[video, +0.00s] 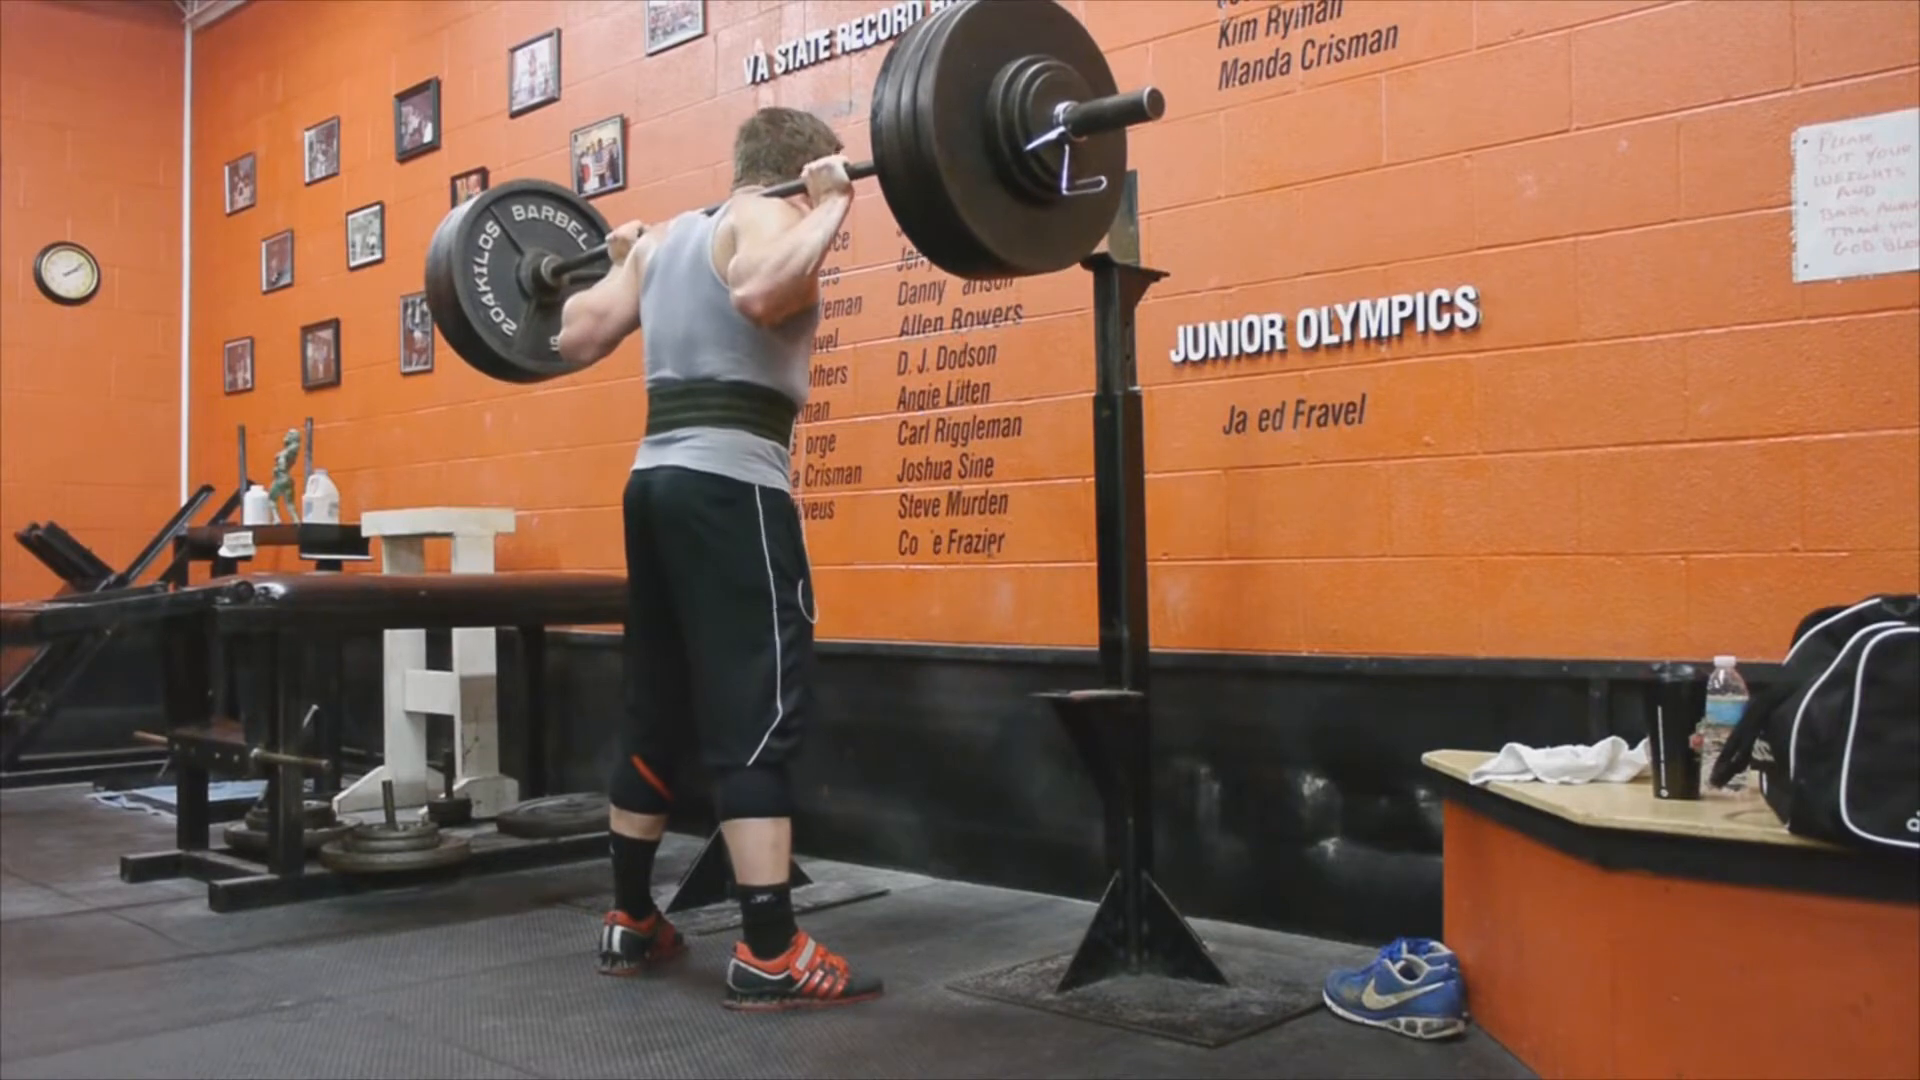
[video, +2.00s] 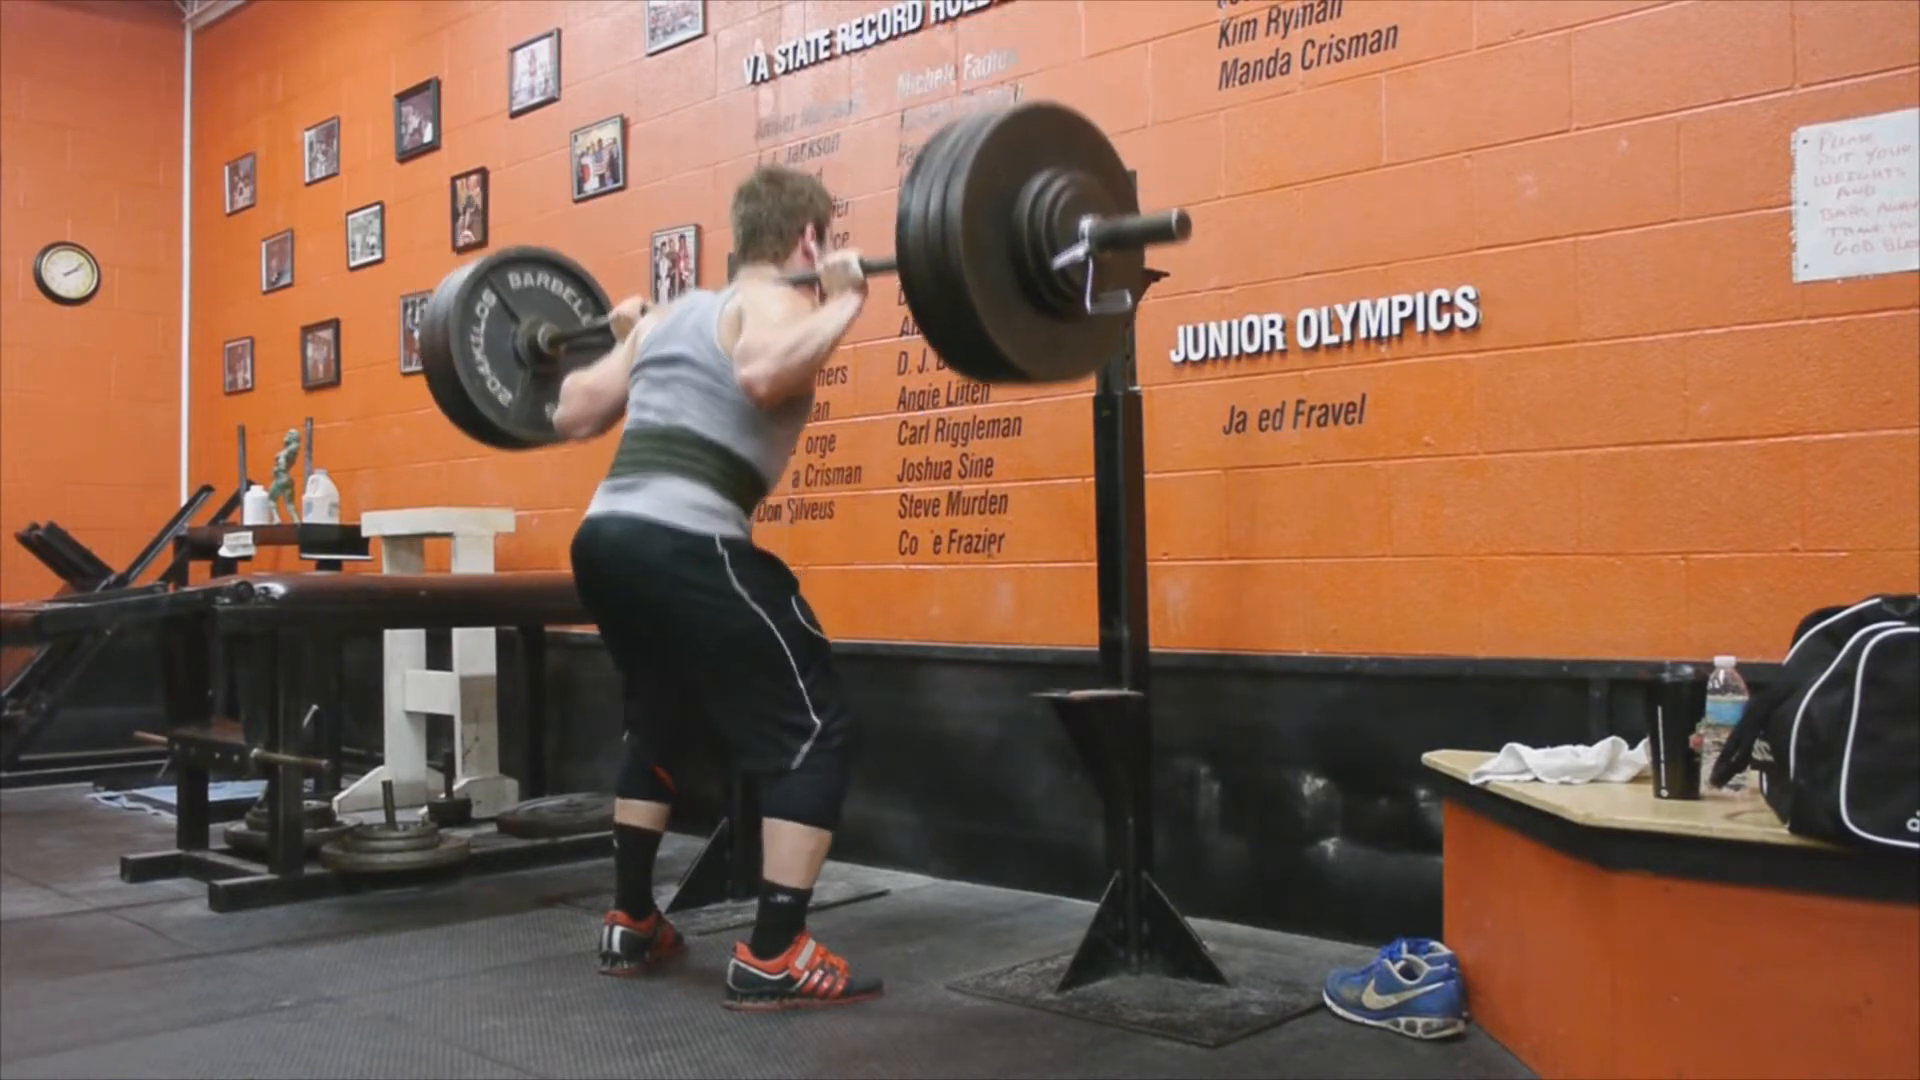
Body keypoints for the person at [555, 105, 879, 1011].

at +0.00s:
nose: (832, 201)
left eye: (835, 183)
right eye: (828, 182)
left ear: (739, 167)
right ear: (804, 173)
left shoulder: (666, 240)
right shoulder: (770, 212)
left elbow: (572, 335)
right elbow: (759, 295)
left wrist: (617, 262)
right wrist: (833, 205)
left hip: (656, 487)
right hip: (731, 489)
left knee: (661, 710)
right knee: (758, 713)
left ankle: (631, 920)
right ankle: (769, 946)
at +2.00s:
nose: (830, 255)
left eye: (831, 242)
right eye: (828, 242)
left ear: (741, 241)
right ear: (806, 240)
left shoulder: (671, 314)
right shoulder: (777, 301)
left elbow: (572, 412)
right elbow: (762, 373)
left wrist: (618, 336)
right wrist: (845, 300)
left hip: (607, 538)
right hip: (691, 543)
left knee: (659, 716)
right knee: (815, 725)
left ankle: (632, 921)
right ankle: (775, 948)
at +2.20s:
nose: (833, 312)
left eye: (831, 299)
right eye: (830, 299)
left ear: (739, 303)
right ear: (807, 302)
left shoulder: (676, 376)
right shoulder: (785, 364)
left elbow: (580, 478)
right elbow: (771, 446)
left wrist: (631, 398)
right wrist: (853, 368)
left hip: (601, 594)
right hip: (691, 600)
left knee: (660, 730)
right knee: (844, 742)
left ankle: (632, 918)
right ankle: (776, 948)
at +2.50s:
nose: (834, 406)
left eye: (832, 391)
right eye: (831, 390)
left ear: (745, 397)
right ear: (811, 396)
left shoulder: (681, 470)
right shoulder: (787, 464)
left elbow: (590, 578)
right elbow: (784, 559)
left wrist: (637, 489)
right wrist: (862, 476)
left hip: (595, 683)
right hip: (684, 692)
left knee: (676, 747)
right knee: (865, 763)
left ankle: (634, 920)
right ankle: (776, 951)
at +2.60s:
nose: (835, 435)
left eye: (835, 422)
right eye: (833, 421)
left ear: (743, 428)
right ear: (813, 426)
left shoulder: (678, 500)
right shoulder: (789, 498)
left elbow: (592, 607)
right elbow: (787, 593)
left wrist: (636, 519)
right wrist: (864, 505)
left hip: (598, 722)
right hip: (693, 730)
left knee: (685, 750)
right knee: (870, 779)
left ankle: (633, 918)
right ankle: (777, 951)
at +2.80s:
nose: (836, 481)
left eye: (835, 465)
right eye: (833, 464)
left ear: (743, 472)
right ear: (814, 467)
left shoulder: (677, 544)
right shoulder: (790, 541)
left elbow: (593, 654)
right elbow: (791, 647)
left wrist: (635, 562)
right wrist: (866, 555)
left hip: (606, 777)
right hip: (700, 780)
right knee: (892, 774)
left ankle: (636, 918)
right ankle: (776, 952)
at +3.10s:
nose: (836, 443)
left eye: (835, 428)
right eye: (834, 428)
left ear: (747, 434)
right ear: (815, 432)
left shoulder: (676, 503)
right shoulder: (793, 500)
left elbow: (583, 601)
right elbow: (781, 590)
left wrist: (633, 517)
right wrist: (861, 509)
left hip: (596, 716)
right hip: (696, 725)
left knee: (680, 748)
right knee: (863, 762)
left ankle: (633, 918)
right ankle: (777, 950)